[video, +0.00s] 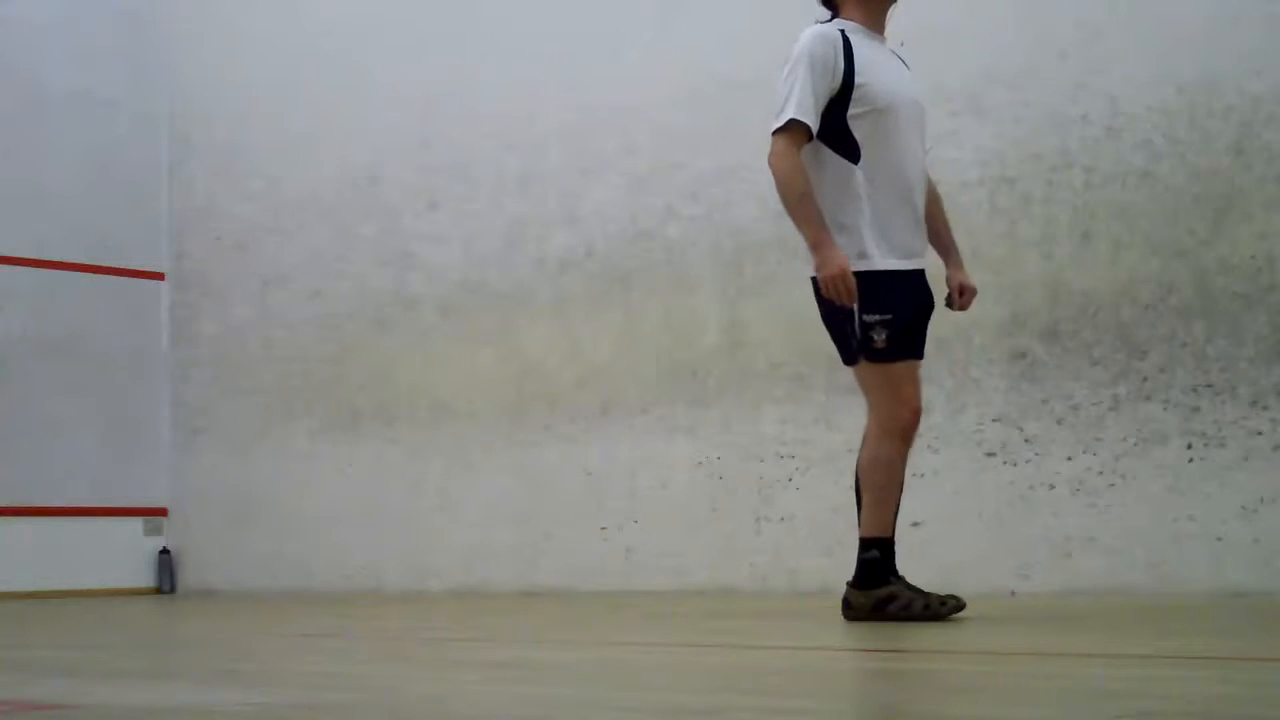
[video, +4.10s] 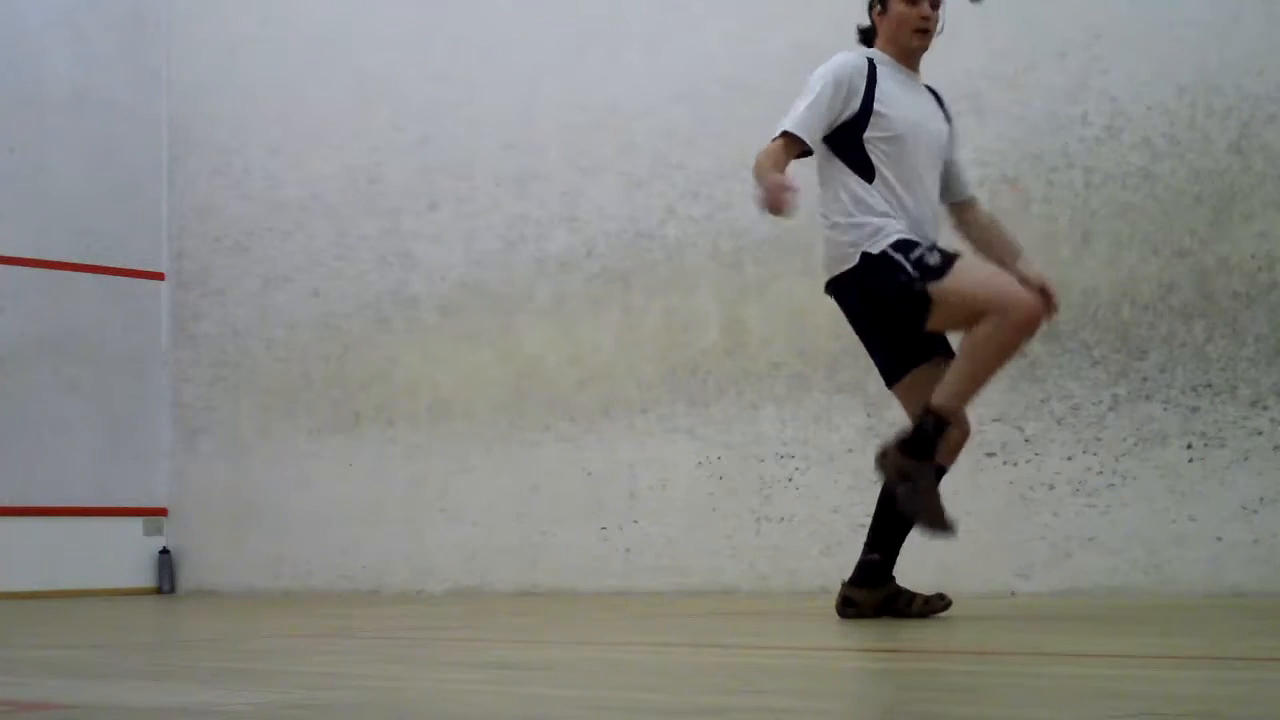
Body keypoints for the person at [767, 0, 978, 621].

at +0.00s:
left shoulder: (893, 59)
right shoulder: (822, 43)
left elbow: (915, 174)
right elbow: (783, 151)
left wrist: (951, 259)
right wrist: (822, 248)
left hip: (904, 266)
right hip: (862, 267)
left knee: (893, 417)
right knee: (896, 414)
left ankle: (876, 575)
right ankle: (873, 580)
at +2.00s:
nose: (958, 11)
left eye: (957, 3)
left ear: (914, 4)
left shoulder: (910, 68)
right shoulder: (866, 46)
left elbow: (907, 187)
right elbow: (818, 144)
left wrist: (977, 220)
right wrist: (861, 235)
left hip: (886, 265)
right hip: (854, 263)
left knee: (882, 414)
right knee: (884, 411)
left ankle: (878, 578)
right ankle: (877, 580)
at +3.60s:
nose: (932, 12)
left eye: (932, 3)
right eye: (923, 1)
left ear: (886, 7)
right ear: (882, 2)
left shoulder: (883, 73)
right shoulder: (845, 58)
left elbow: (896, 191)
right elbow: (802, 159)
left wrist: (975, 203)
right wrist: (859, 234)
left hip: (880, 269)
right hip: (868, 269)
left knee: (908, 418)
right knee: (942, 401)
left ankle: (869, 577)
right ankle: (894, 568)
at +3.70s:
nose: (927, 26)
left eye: (928, 15)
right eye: (917, 13)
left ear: (888, 18)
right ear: (875, 12)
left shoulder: (878, 89)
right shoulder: (842, 75)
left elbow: (891, 207)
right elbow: (792, 176)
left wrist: (963, 233)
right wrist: (846, 246)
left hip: (881, 274)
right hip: (879, 270)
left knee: (928, 432)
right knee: (1012, 343)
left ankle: (869, 582)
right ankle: (939, 484)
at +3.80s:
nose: (928, 38)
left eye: (930, 26)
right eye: (919, 24)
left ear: (896, 28)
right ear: (877, 22)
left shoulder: (882, 96)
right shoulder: (843, 85)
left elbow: (878, 197)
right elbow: (790, 183)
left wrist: (932, 237)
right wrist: (848, 259)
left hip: (881, 277)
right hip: (880, 267)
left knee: (937, 430)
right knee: (1031, 257)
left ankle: (869, 582)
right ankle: (969, 405)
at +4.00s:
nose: (931, 21)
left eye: (934, 11)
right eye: (918, 9)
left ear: (931, 20)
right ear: (878, 12)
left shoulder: (907, 92)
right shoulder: (848, 72)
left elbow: (917, 205)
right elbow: (785, 167)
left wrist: (993, 286)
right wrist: (835, 216)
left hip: (898, 268)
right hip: (874, 262)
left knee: (935, 431)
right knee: (1028, 233)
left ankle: (869, 581)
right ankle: (936, 377)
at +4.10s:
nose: (927, 13)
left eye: (934, 4)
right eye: (912, 2)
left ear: (940, 16)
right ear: (879, 12)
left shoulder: (935, 105)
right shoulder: (850, 69)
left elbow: (963, 206)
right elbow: (777, 152)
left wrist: (1020, 269)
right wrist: (771, 179)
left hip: (894, 263)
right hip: (872, 255)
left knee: (948, 431)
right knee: (1017, 304)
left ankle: (870, 581)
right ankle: (917, 446)